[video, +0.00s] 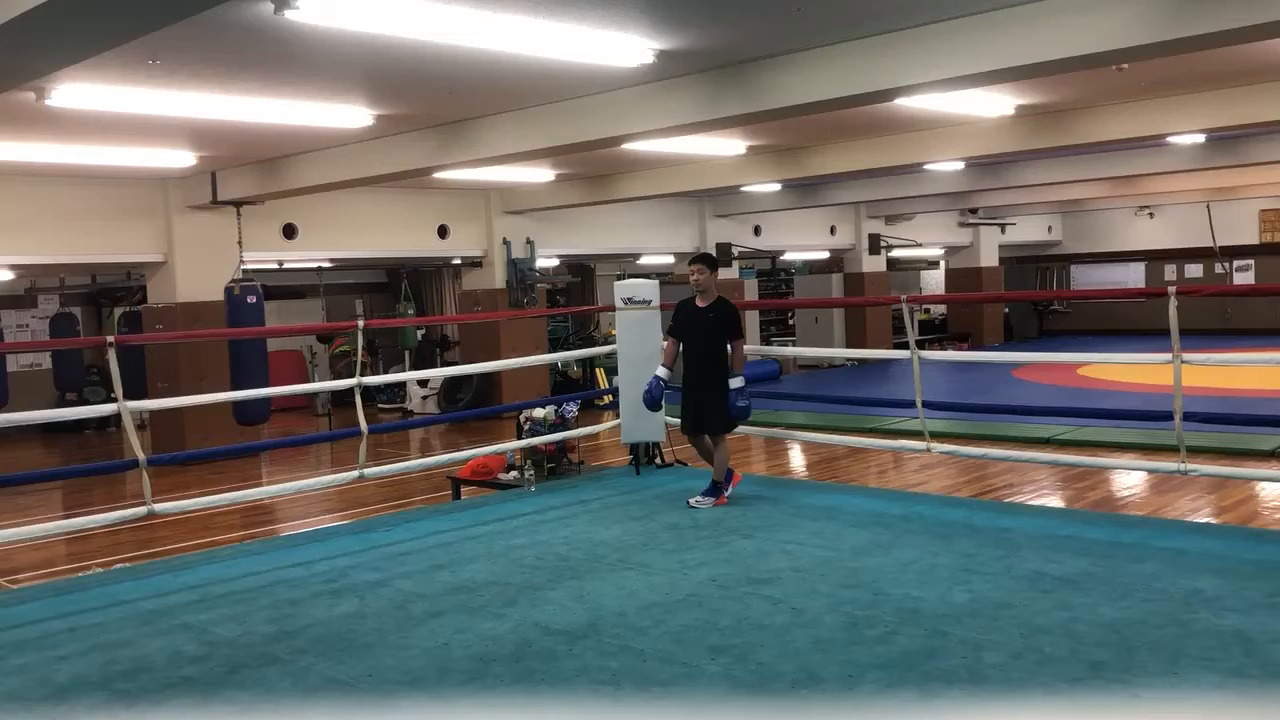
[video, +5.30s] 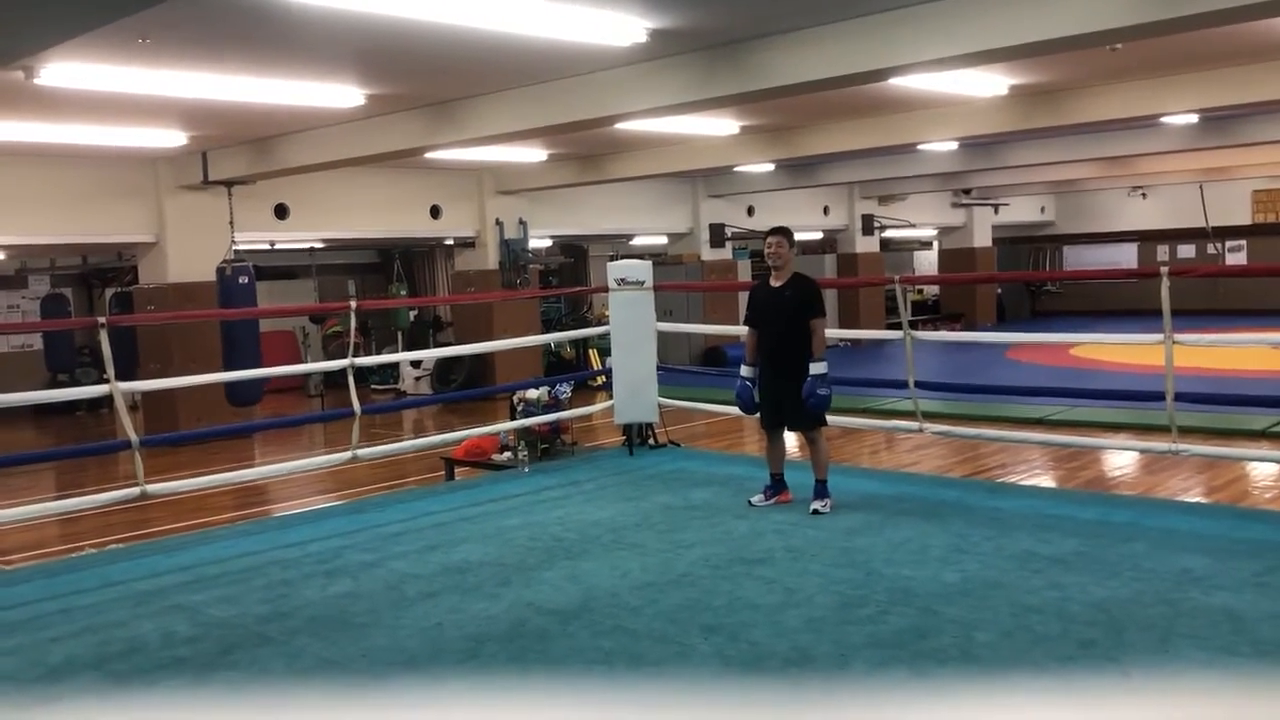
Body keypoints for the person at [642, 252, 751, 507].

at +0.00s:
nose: (694, 278)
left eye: (700, 273)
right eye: (691, 273)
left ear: (714, 275)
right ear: (689, 277)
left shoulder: (727, 309)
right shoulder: (684, 307)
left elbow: (737, 348)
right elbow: (672, 344)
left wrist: (738, 385)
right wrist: (660, 377)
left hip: (718, 382)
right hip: (691, 382)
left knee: (717, 435)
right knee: (691, 432)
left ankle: (717, 489)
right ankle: (726, 472)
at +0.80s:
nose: (695, 277)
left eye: (700, 272)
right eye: (691, 273)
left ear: (710, 275)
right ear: (685, 278)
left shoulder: (726, 300)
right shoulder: (691, 313)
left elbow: (744, 332)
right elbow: (697, 352)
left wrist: (752, 368)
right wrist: (700, 386)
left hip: (735, 375)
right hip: (712, 379)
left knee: (744, 428)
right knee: (721, 431)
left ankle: (758, 482)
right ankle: (733, 480)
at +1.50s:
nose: (736, 272)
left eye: (741, 268)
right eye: (731, 268)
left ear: (748, 274)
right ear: (723, 273)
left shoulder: (762, 305)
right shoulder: (713, 310)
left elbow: (774, 342)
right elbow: (699, 345)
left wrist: (780, 379)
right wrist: (685, 380)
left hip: (758, 380)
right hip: (728, 381)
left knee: (768, 434)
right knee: (727, 433)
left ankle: (775, 489)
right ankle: (733, 481)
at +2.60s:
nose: (754, 267)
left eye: (761, 263)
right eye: (750, 263)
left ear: (773, 270)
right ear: (744, 271)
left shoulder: (786, 303)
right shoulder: (736, 309)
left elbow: (800, 345)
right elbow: (730, 352)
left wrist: (810, 383)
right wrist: (727, 390)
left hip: (784, 384)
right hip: (751, 387)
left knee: (801, 443)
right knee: (755, 446)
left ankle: (786, 475)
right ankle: (765, 501)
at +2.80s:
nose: (754, 266)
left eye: (760, 261)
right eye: (750, 262)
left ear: (772, 267)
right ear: (745, 268)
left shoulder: (789, 301)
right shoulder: (737, 308)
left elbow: (804, 342)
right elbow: (734, 350)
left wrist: (815, 381)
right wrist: (733, 387)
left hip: (788, 382)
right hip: (754, 387)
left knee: (809, 440)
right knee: (757, 446)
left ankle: (814, 493)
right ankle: (765, 501)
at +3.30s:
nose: (791, 261)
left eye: (797, 256)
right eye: (787, 256)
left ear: (812, 262)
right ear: (783, 262)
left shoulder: (826, 301)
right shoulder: (772, 299)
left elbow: (839, 343)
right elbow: (760, 343)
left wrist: (845, 385)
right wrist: (751, 382)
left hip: (815, 386)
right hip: (779, 386)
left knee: (823, 446)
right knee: (769, 442)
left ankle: (829, 503)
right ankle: (766, 498)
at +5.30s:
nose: (773, 251)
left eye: (779, 246)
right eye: (769, 246)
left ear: (792, 250)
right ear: (764, 251)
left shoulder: (807, 287)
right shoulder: (759, 290)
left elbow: (818, 331)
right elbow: (752, 335)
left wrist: (818, 373)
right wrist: (747, 376)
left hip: (801, 374)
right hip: (769, 374)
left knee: (812, 433)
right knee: (772, 431)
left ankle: (821, 491)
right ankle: (777, 486)